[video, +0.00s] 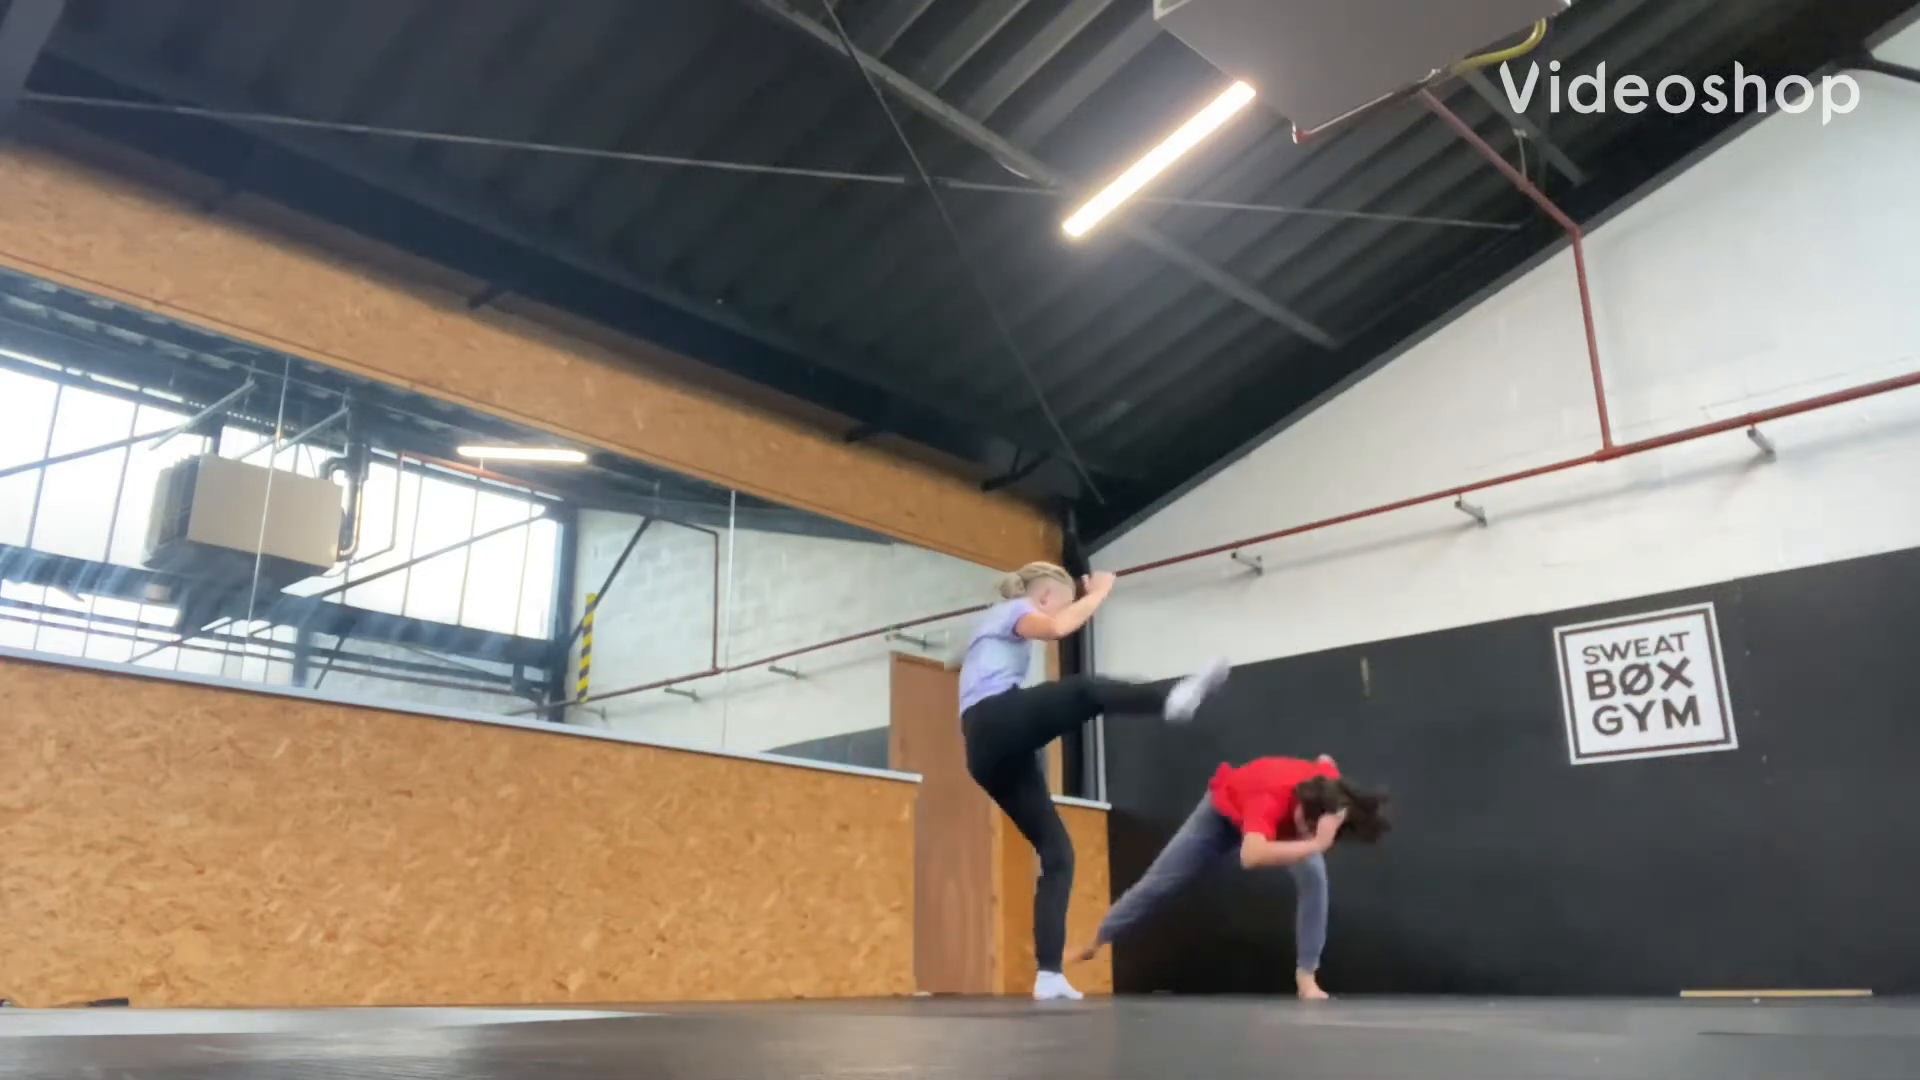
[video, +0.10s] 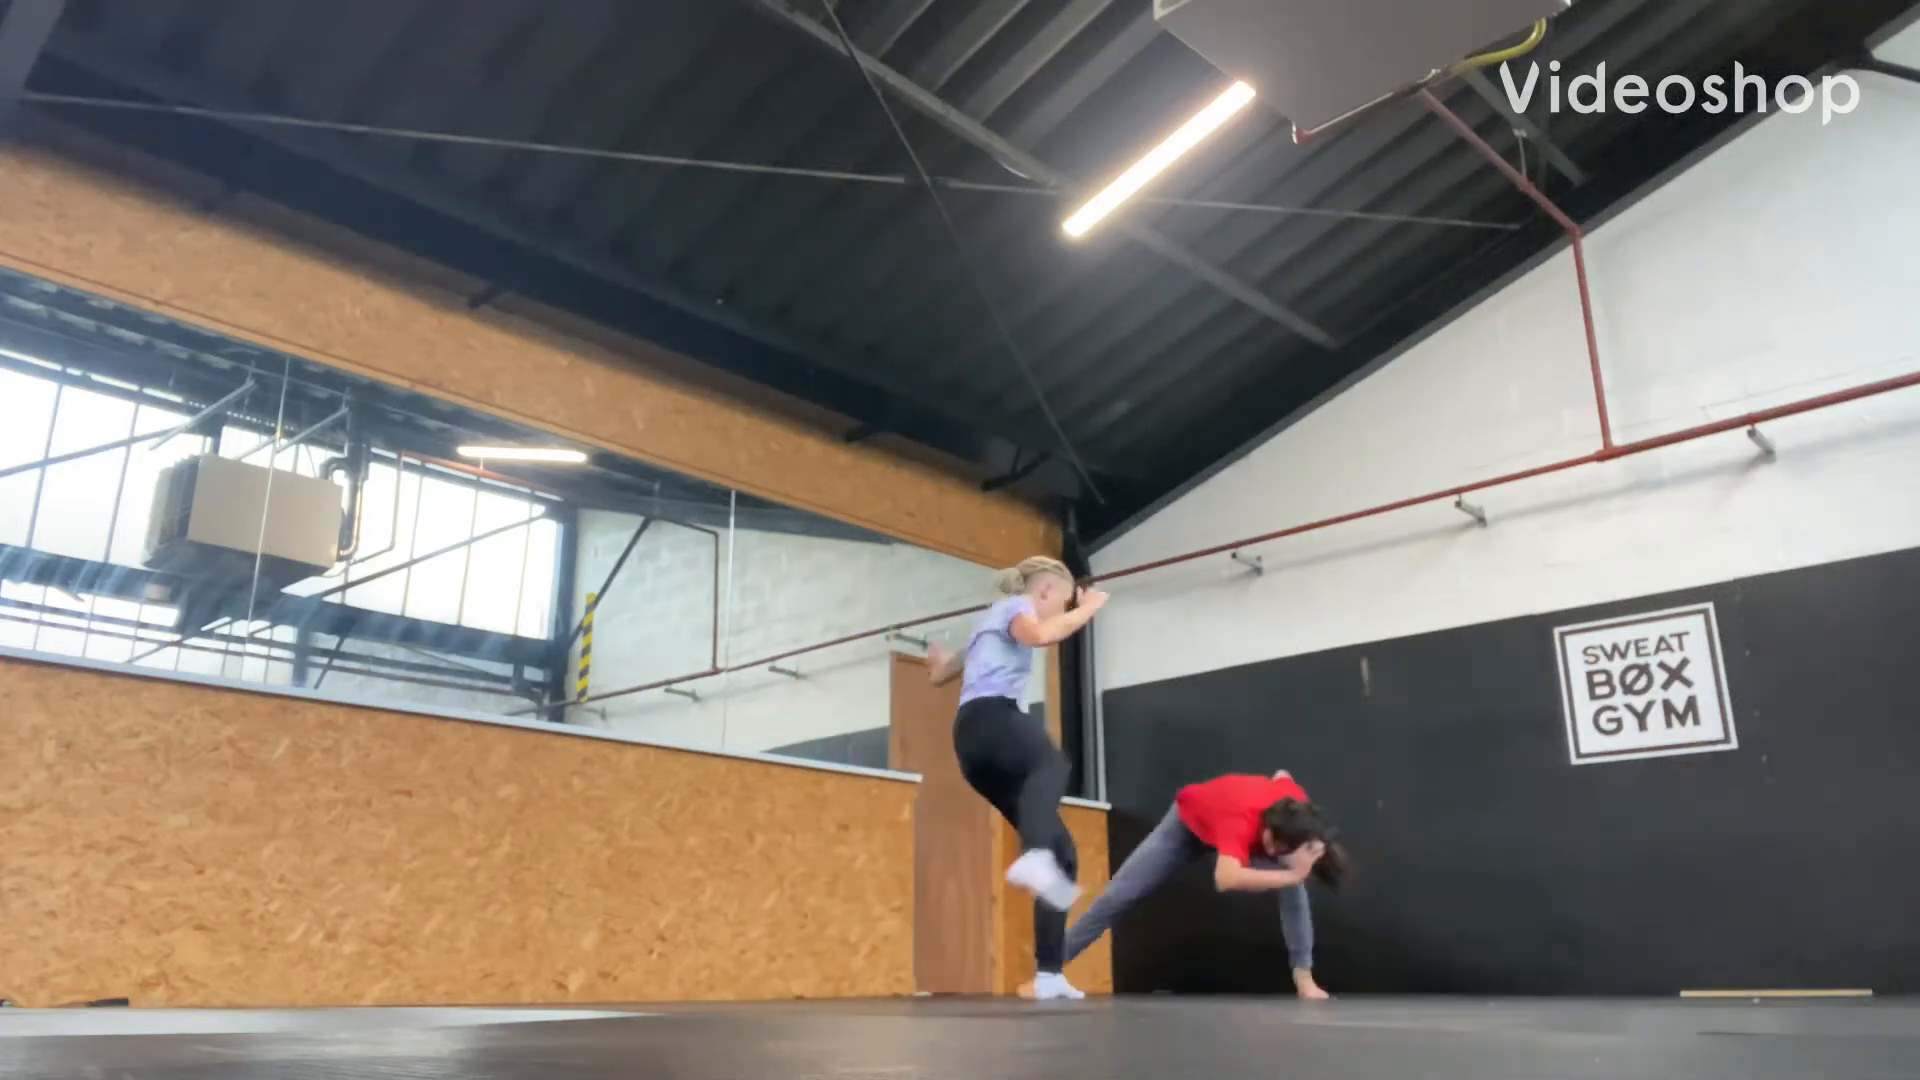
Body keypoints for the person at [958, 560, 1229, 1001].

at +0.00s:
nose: (1057, 614)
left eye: (1061, 607)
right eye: (1056, 604)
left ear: (1039, 600)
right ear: (1038, 594)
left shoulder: (996, 635)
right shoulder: (1008, 610)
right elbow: (1055, 626)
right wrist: (1098, 595)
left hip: (989, 758)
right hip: (997, 719)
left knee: (1057, 854)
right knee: (1085, 692)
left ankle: (1049, 976)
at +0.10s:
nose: (1064, 610)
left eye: (1067, 604)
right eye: (1064, 602)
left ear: (1029, 591)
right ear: (1044, 588)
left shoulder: (989, 626)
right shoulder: (1017, 605)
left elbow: (944, 672)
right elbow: (1033, 633)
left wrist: (939, 666)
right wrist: (1083, 612)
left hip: (973, 750)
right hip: (990, 718)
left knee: (1060, 850)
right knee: (1050, 764)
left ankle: (1049, 975)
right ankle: (1035, 854)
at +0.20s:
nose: (1062, 611)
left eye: (1065, 604)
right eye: (1062, 601)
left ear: (1035, 591)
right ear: (1044, 589)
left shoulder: (995, 625)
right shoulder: (1014, 605)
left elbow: (943, 692)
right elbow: (1021, 640)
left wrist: (952, 738)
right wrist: (1071, 621)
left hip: (991, 751)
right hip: (976, 739)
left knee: (1059, 851)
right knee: (986, 838)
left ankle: (1050, 975)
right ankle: (922, 956)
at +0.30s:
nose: (1056, 614)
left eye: (1059, 606)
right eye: (1056, 603)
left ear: (1030, 593)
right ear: (1041, 592)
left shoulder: (1015, 633)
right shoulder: (999, 613)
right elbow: (993, 657)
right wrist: (1053, 643)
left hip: (988, 762)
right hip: (952, 747)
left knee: (1056, 851)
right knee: (970, 848)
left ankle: (1048, 976)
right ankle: (913, 976)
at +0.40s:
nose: (1048, 608)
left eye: (1050, 601)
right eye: (1046, 598)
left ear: (1027, 596)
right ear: (1030, 592)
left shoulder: (1012, 635)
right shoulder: (991, 614)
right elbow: (979, 661)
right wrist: (1048, 651)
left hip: (979, 763)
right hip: (944, 752)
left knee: (1047, 847)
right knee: (963, 846)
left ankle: (1038, 971)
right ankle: (910, 977)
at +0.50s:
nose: (1036, 605)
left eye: (1038, 597)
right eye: (1035, 594)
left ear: (1004, 587)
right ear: (1022, 588)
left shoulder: (996, 633)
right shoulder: (987, 613)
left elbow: (973, 717)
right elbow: (1020, 647)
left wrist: (1001, 765)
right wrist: (1073, 625)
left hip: (977, 762)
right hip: (945, 751)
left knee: (1048, 848)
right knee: (970, 849)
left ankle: (1000, 960)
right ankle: (912, 978)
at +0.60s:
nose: (1025, 586)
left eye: (1024, 579)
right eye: (1022, 579)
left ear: (980, 581)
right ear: (1010, 578)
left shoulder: (969, 627)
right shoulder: (1004, 604)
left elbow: (936, 703)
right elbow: (1075, 614)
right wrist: (1079, 585)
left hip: (964, 745)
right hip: (971, 739)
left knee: (1038, 859)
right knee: (985, 853)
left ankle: (1001, 977)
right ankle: (917, 973)